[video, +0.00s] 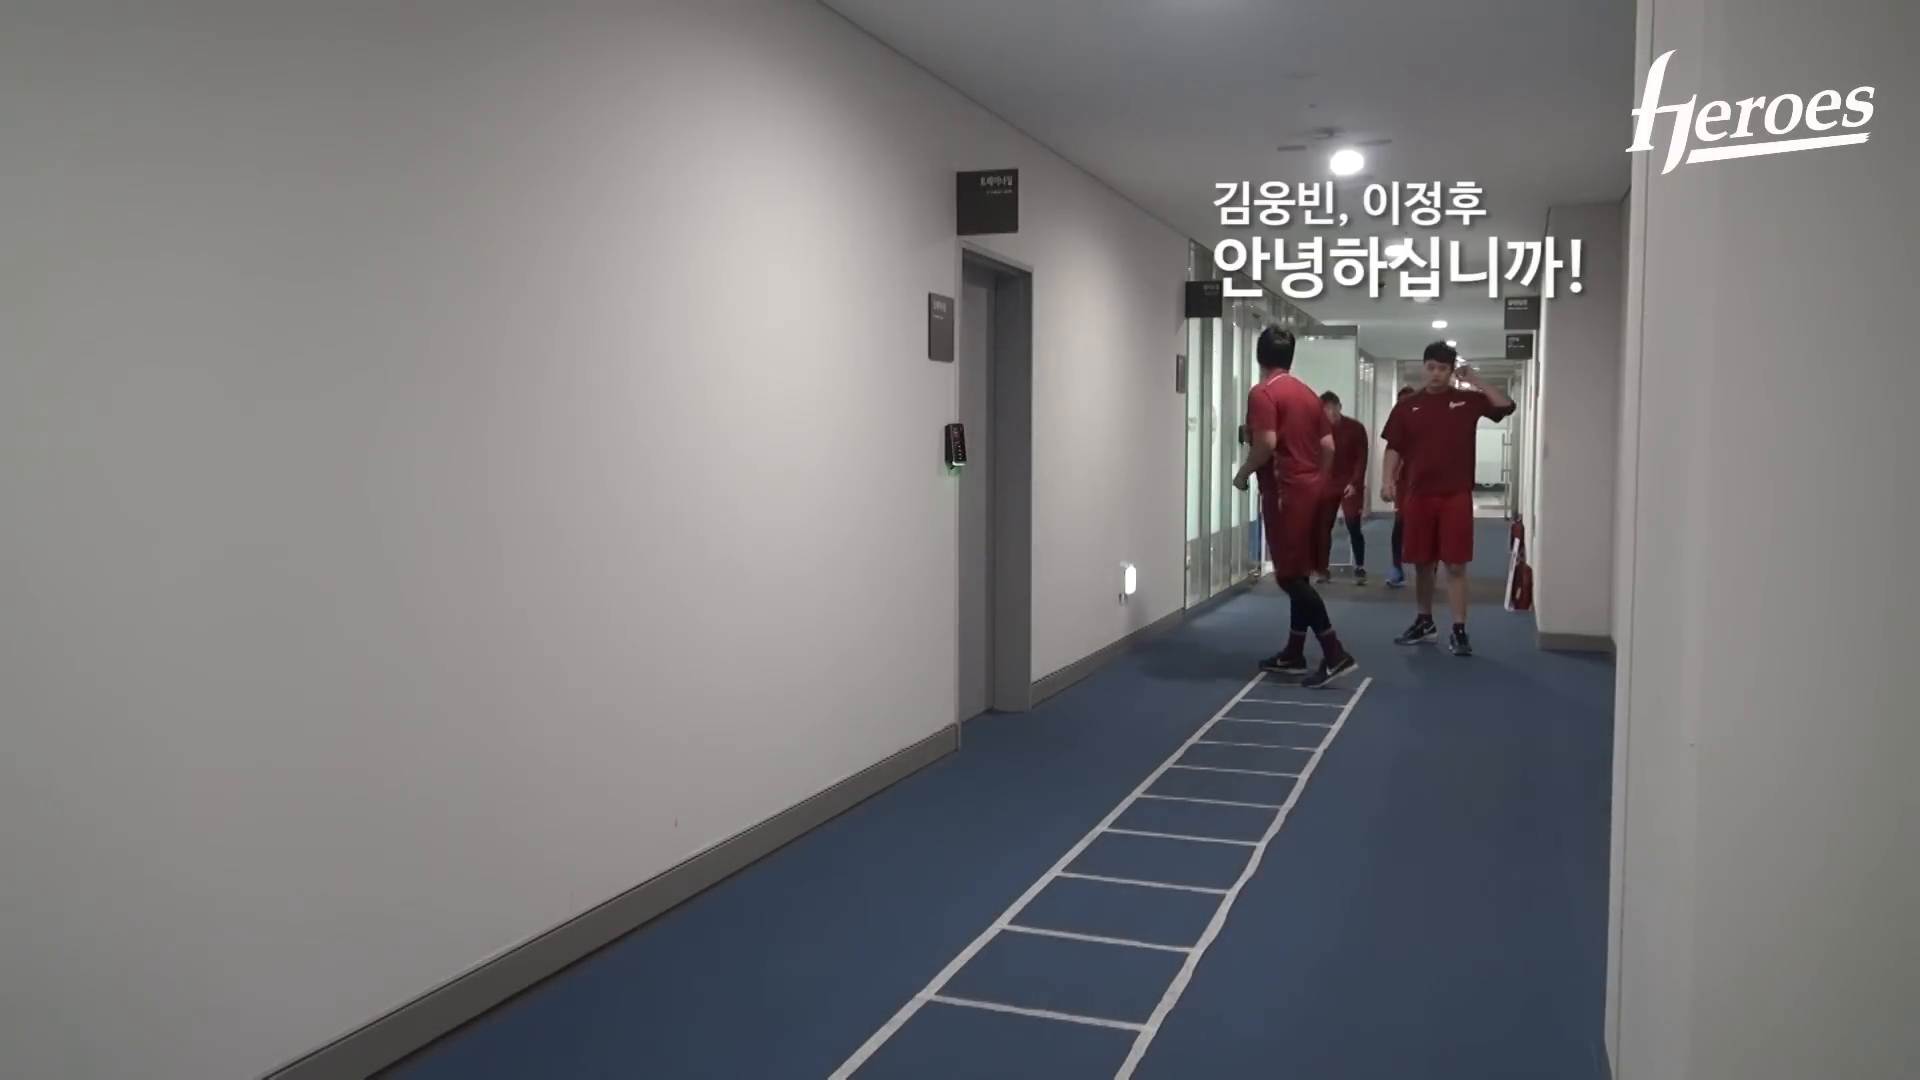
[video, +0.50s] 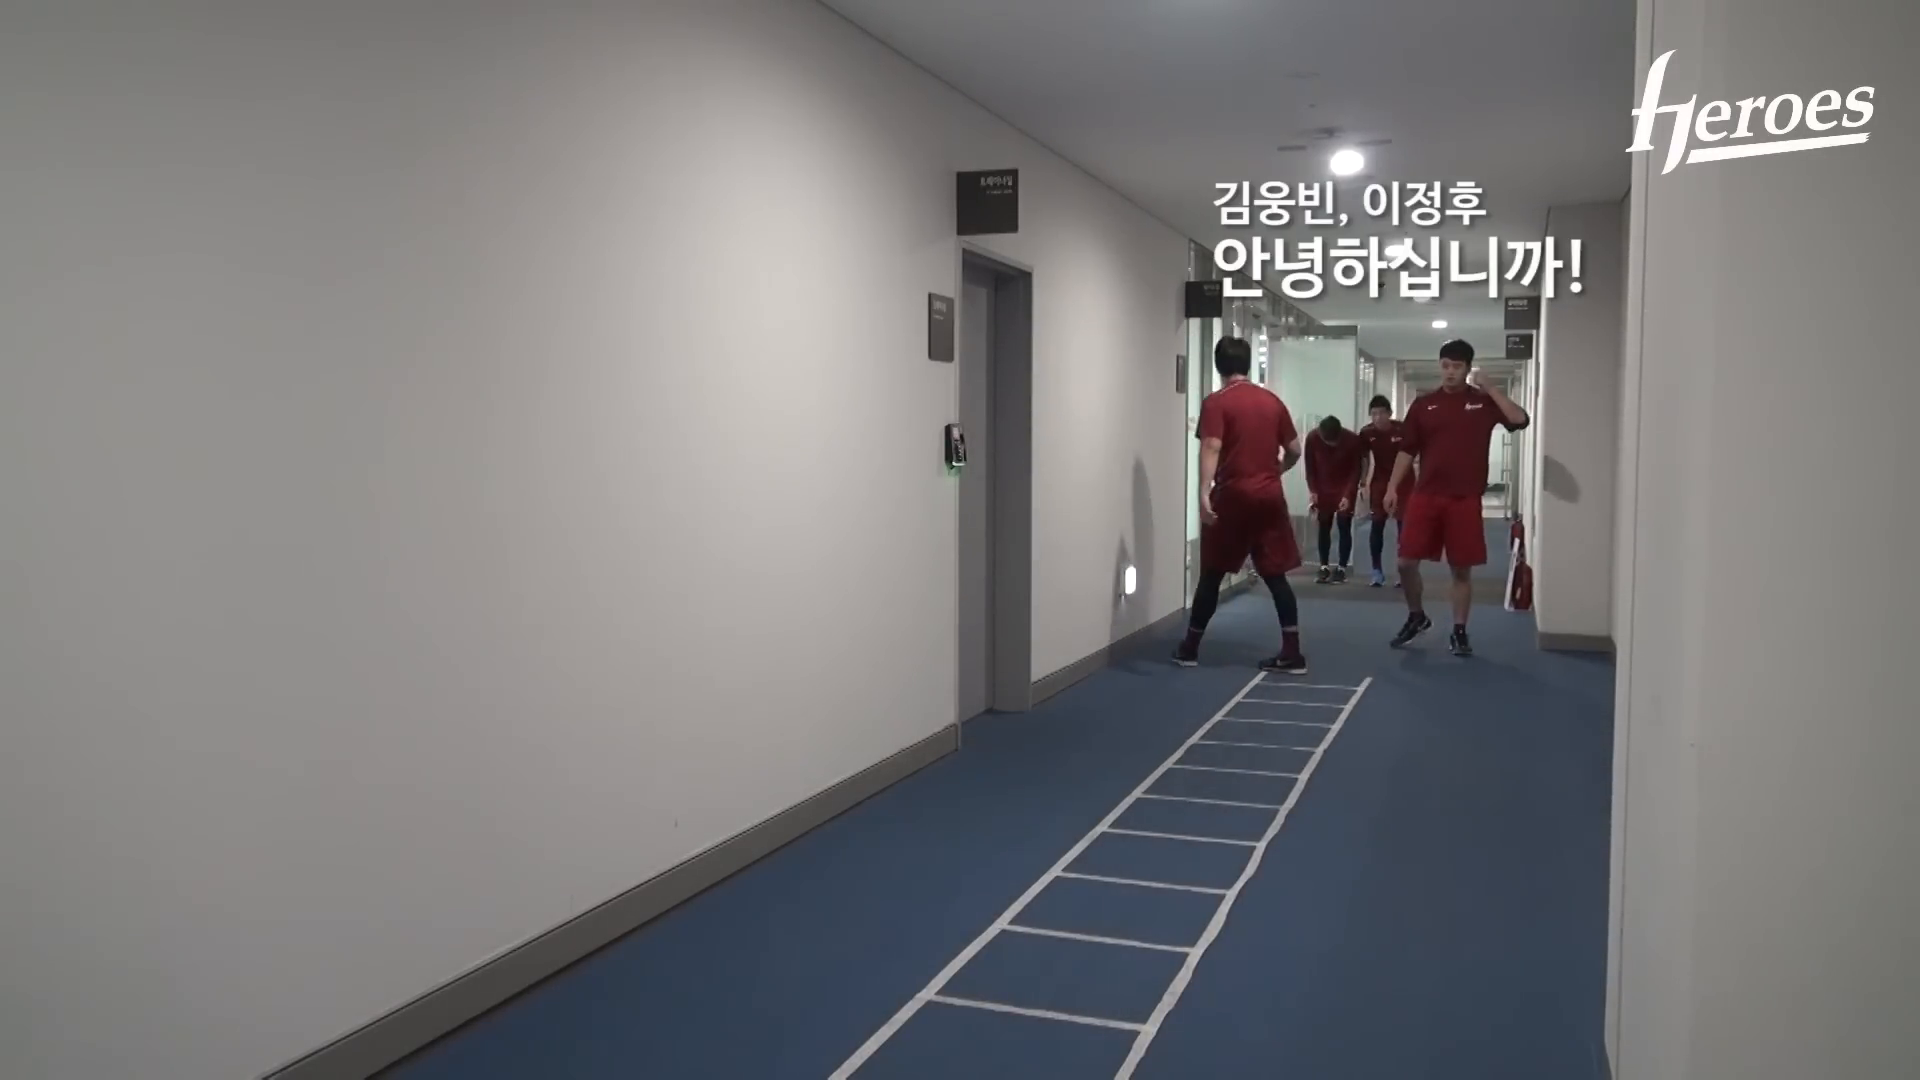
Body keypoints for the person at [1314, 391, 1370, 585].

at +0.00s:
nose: (1328, 413)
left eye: (1330, 408)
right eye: (1324, 409)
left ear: (1338, 407)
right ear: (1321, 410)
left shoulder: (1355, 428)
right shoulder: (1319, 429)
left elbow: (1361, 459)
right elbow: (1314, 456)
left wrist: (1355, 483)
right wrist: (1318, 477)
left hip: (1350, 484)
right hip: (1327, 484)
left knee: (1353, 526)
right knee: (1323, 528)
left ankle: (1359, 566)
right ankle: (1322, 568)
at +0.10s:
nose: (1325, 418)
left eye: (1328, 413)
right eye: (1322, 414)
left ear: (1336, 411)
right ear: (1319, 415)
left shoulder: (1353, 430)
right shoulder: (1317, 431)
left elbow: (1357, 463)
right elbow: (1314, 459)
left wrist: (1347, 486)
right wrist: (1318, 481)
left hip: (1349, 484)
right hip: (1327, 484)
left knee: (1348, 525)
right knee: (1324, 526)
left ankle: (1347, 565)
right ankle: (1322, 567)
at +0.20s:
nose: (1324, 427)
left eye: (1326, 422)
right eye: (1321, 423)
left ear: (1334, 419)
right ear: (1319, 422)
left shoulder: (1352, 434)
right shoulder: (1319, 436)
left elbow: (1356, 467)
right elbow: (1316, 461)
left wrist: (1344, 489)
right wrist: (1315, 481)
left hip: (1346, 487)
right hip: (1326, 485)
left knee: (1344, 526)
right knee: (1323, 526)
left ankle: (1342, 565)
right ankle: (1323, 564)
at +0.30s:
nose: (1328, 436)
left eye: (1330, 432)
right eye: (1324, 432)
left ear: (1337, 426)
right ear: (1320, 430)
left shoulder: (1352, 438)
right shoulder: (1315, 441)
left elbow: (1356, 470)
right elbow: (1311, 468)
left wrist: (1342, 491)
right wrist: (1315, 490)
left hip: (1346, 491)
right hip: (1324, 490)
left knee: (1344, 527)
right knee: (1323, 528)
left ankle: (1342, 565)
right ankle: (1323, 565)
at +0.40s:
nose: (1331, 446)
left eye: (1334, 442)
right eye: (1327, 442)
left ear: (1340, 434)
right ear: (1320, 434)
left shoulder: (1352, 441)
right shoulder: (1313, 439)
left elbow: (1355, 471)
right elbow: (1311, 467)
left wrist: (1343, 494)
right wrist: (1315, 492)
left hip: (1347, 488)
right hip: (1324, 488)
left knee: (1344, 526)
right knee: (1323, 526)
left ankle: (1342, 566)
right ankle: (1324, 565)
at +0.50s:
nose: (1331, 445)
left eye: (1334, 441)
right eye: (1327, 441)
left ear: (1340, 433)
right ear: (1321, 433)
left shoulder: (1353, 440)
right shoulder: (1313, 438)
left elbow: (1356, 471)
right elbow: (1310, 467)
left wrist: (1348, 496)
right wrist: (1313, 491)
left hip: (1346, 491)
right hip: (1324, 491)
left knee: (1344, 527)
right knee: (1323, 528)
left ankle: (1342, 566)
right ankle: (1324, 566)